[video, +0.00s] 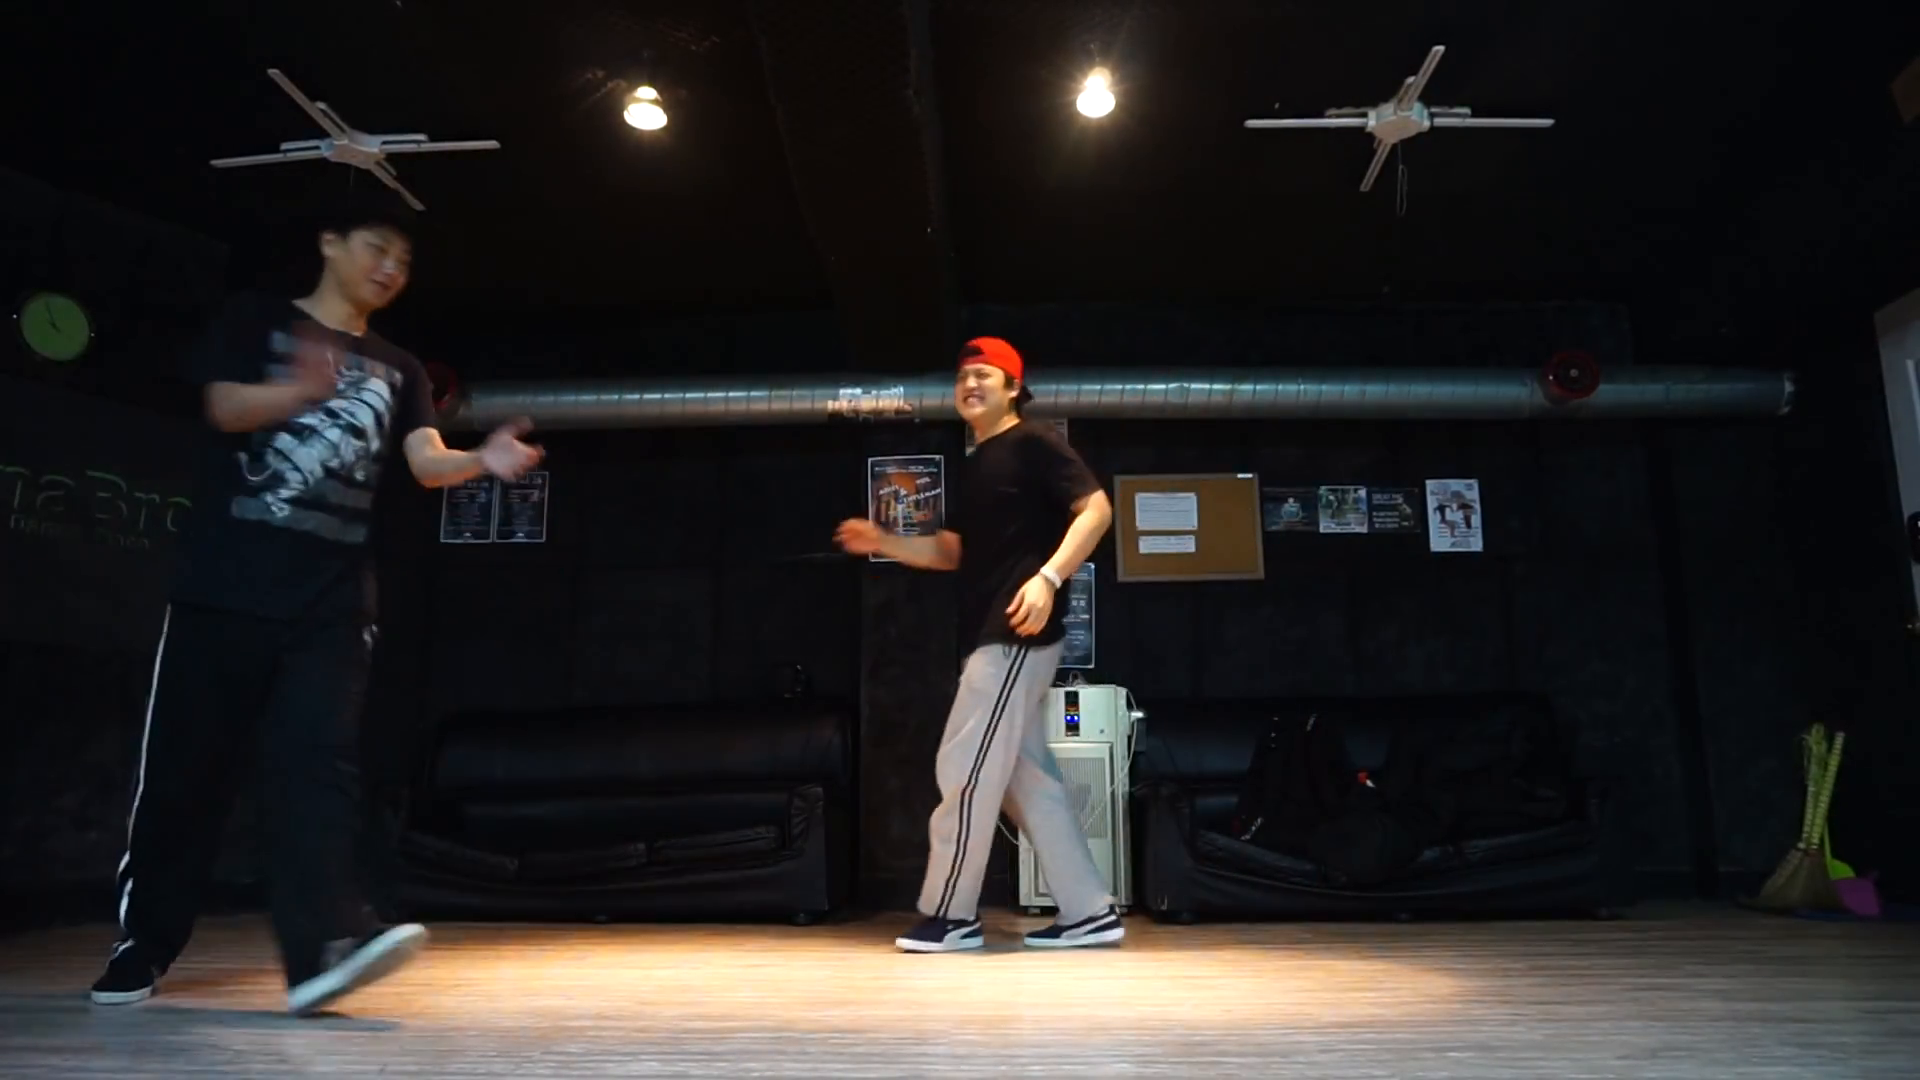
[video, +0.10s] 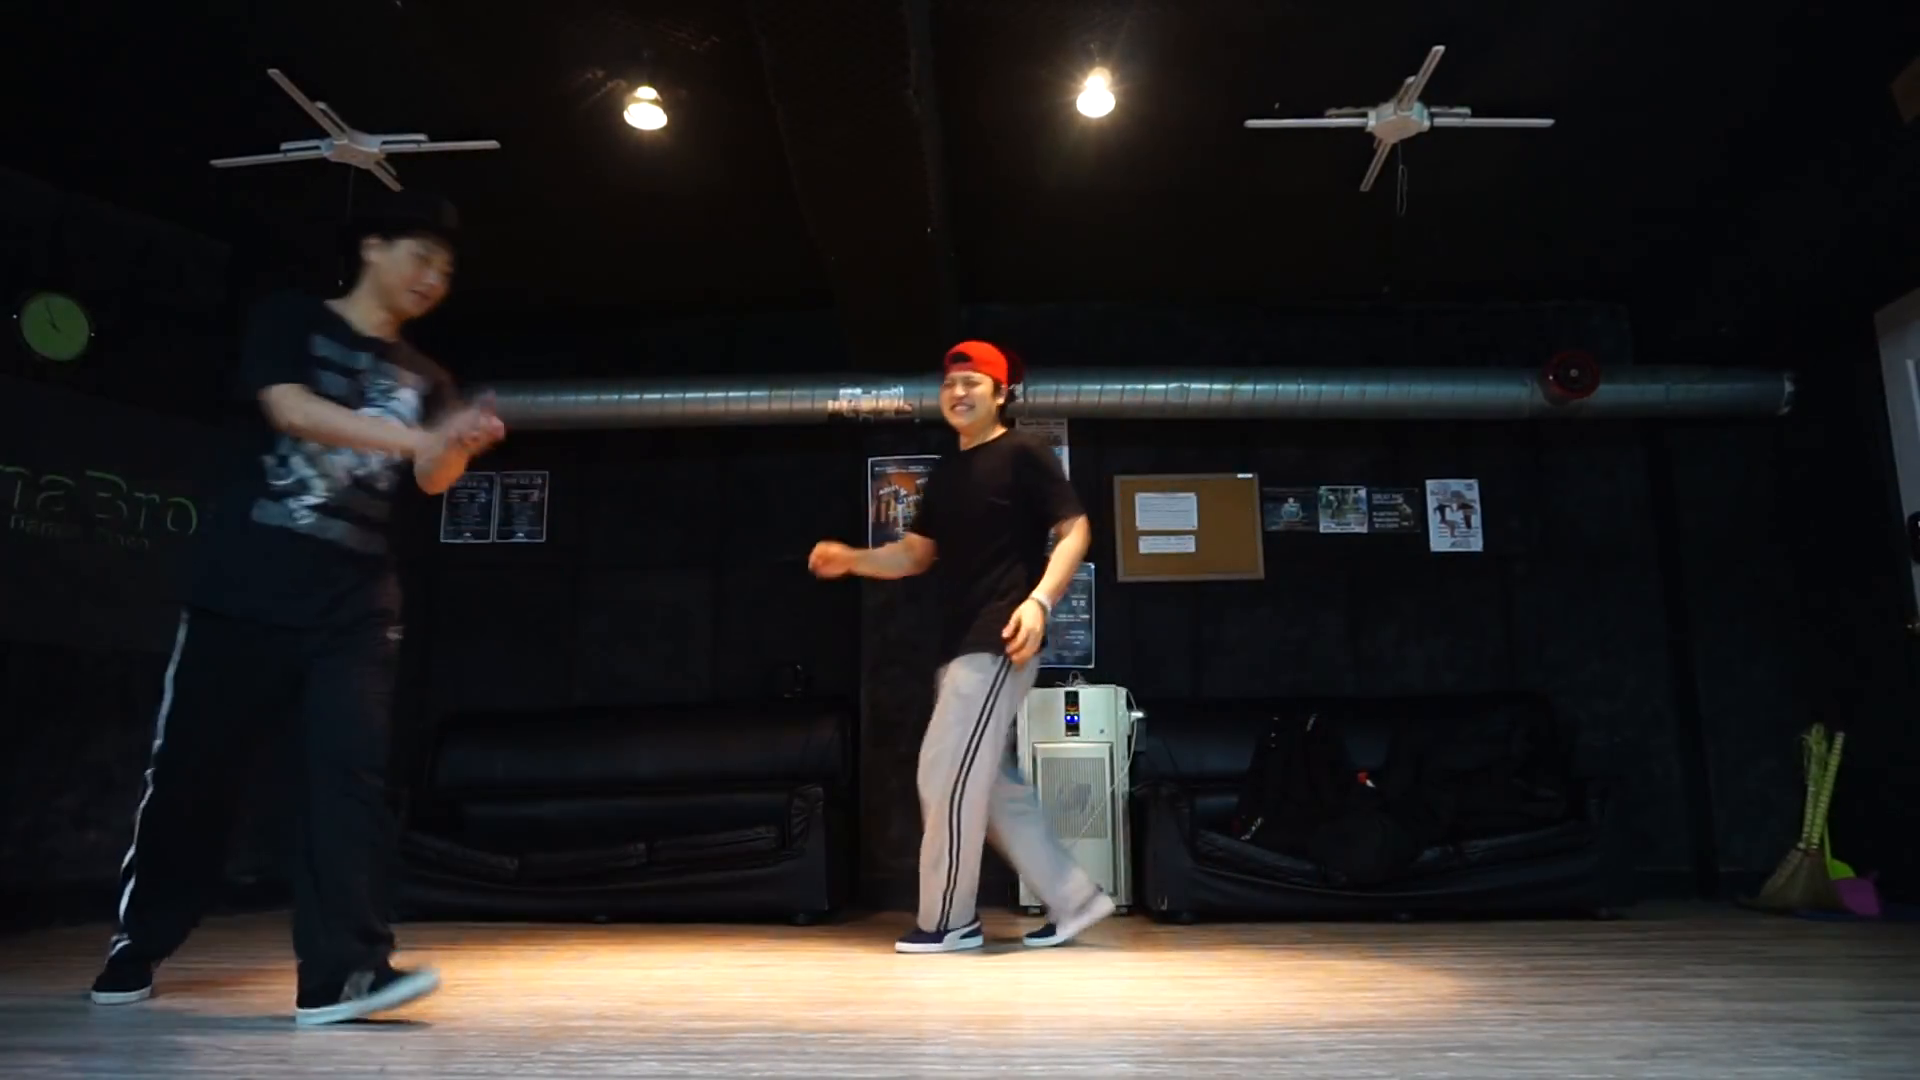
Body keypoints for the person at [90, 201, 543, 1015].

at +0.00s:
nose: (391, 269)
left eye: (402, 261)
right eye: (378, 250)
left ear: (404, 276)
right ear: (330, 244)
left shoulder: (400, 371)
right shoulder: (259, 321)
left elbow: (427, 464)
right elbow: (224, 408)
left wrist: (483, 458)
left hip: (329, 596)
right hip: (228, 580)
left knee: (318, 767)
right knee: (180, 770)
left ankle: (317, 953)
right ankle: (141, 949)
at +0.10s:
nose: (432, 280)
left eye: (443, 269)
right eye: (421, 259)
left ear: (444, 282)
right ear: (371, 248)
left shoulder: (425, 381)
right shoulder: (289, 322)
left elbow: (432, 479)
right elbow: (288, 407)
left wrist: (459, 443)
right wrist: (414, 439)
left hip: (353, 599)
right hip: (249, 583)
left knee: (348, 775)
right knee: (190, 769)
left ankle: (338, 971)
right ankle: (135, 947)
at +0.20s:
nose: (482, 275)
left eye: (494, 264)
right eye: (471, 253)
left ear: (497, 276)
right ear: (424, 239)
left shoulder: (468, 372)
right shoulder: (334, 305)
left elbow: (460, 465)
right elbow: (323, 402)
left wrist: (496, 481)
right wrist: (441, 464)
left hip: (389, 591)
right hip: (288, 573)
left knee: (384, 777)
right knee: (213, 760)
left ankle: (343, 975)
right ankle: (143, 927)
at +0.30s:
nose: (526, 255)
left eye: (534, 241)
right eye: (515, 234)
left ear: (530, 252)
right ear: (466, 225)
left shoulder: (504, 360)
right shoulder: (380, 297)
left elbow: (516, 466)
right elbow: (348, 393)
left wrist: (543, 550)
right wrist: (437, 501)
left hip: (429, 578)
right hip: (339, 557)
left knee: (416, 771)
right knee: (294, 737)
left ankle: (345, 975)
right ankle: (176, 891)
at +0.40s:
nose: (569, 232)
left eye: (573, 217)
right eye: (558, 211)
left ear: (545, 219)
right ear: (507, 202)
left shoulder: (536, 333)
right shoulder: (426, 276)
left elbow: (546, 456)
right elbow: (379, 381)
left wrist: (565, 572)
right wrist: (376, 507)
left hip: (480, 556)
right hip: (407, 535)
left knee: (441, 751)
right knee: (405, 716)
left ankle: (351, 972)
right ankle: (265, 887)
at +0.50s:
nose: (614, 213)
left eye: (616, 199)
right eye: (602, 193)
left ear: (574, 197)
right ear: (549, 186)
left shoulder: (574, 317)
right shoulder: (478, 269)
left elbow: (576, 452)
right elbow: (401, 375)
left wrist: (585, 571)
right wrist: (330, 478)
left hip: (519, 547)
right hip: (455, 531)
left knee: (441, 745)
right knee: (494, 706)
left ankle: (346, 970)